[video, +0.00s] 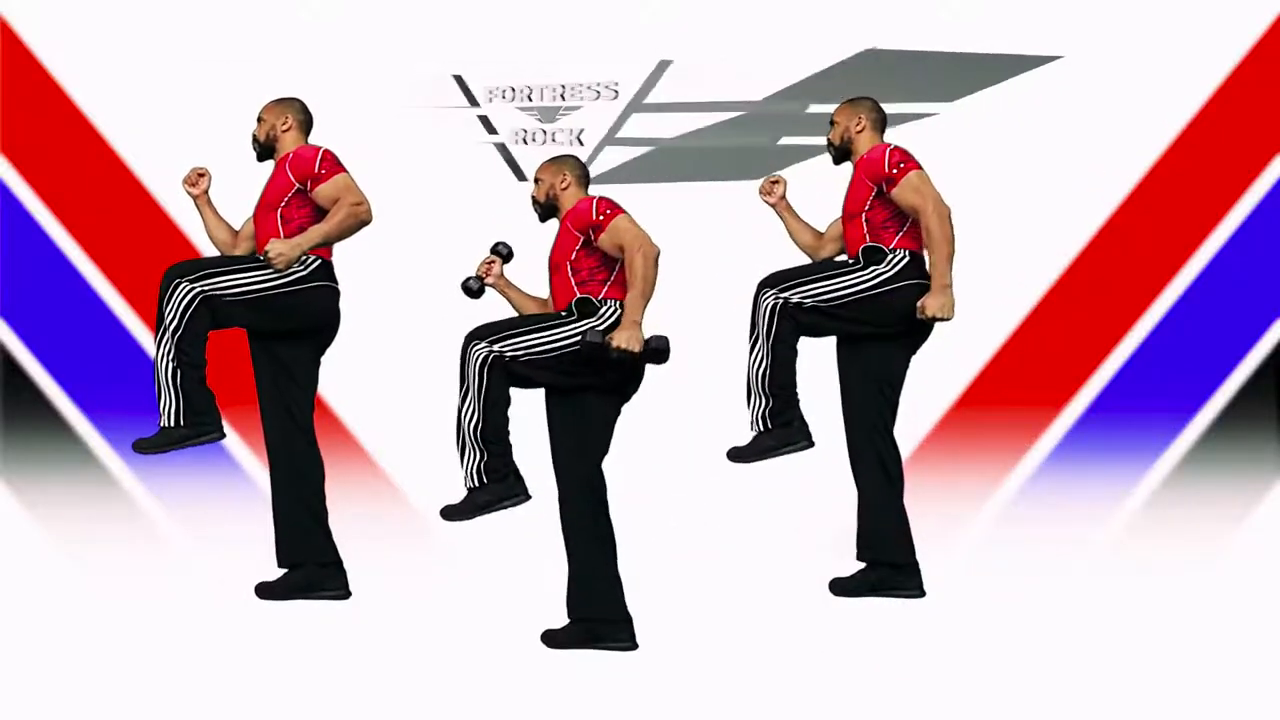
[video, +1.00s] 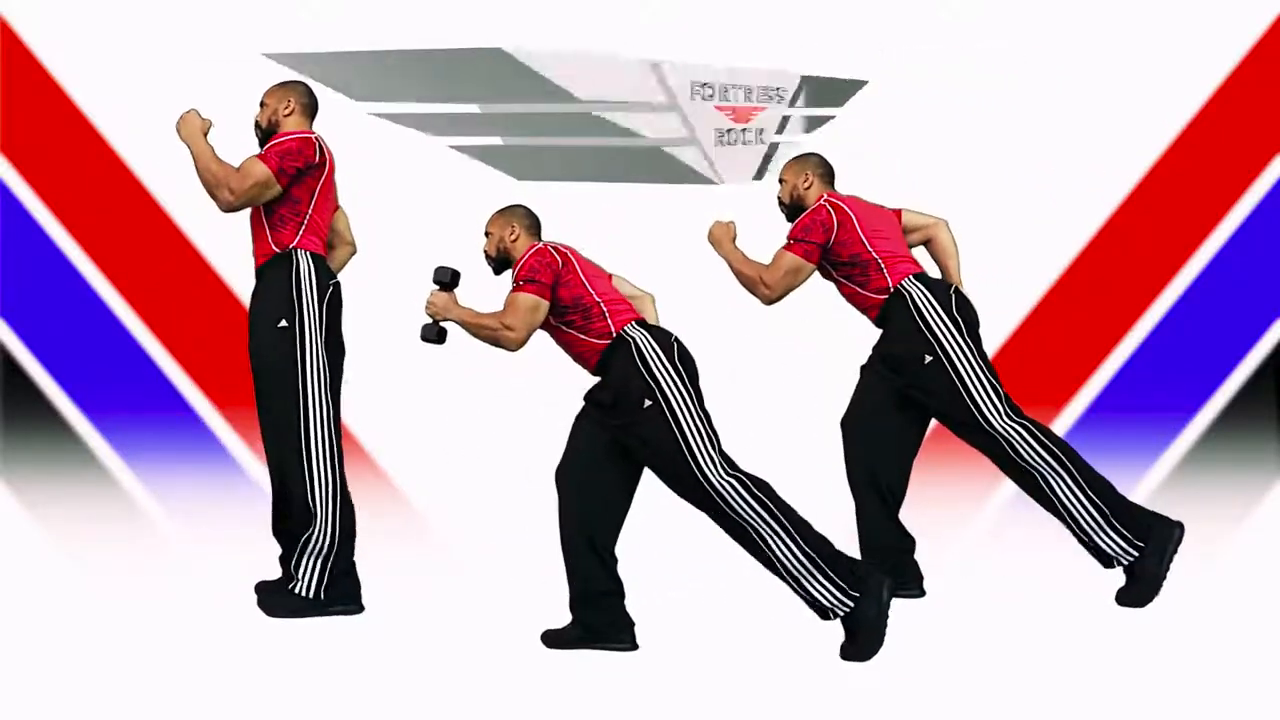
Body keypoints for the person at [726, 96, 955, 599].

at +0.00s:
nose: (828, 133)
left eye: (833, 123)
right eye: (829, 125)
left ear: (858, 123)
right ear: (860, 126)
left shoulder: (884, 156)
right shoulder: (864, 183)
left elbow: (934, 209)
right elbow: (822, 248)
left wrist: (940, 287)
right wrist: (782, 206)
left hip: (894, 274)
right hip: (890, 291)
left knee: (774, 294)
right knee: (868, 431)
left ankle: (781, 422)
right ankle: (891, 566)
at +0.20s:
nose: (827, 137)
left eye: (832, 127)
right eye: (828, 129)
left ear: (857, 124)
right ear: (861, 127)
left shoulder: (883, 156)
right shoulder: (863, 186)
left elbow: (933, 209)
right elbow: (822, 250)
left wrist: (939, 285)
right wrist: (782, 210)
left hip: (895, 274)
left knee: (774, 291)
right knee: (867, 431)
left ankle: (773, 421)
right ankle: (891, 567)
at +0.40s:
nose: (814, 142)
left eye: (818, 132)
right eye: (815, 135)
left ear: (841, 129)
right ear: (851, 132)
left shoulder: (866, 162)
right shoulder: (859, 181)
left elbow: (882, 233)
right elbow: (861, 271)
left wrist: (832, 290)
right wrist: (803, 275)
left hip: (901, 284)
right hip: (907, 299)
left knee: (797, 355)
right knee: (876, 432)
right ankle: (892, 568)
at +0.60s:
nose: (794, 162)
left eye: (800, 152)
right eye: (794, 154)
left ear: (824, 151)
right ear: (836, 155)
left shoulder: (837, 184)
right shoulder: (866, 190)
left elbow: (795, 257)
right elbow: (929, 246)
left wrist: (738, 234)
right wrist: (914, 308)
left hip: (903, 296)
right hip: (893, 306)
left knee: (915, 432)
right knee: (864, 432)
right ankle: (891, 565)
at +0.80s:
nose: (781, 185)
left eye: (787, 176)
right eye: (782, 177)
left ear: (814, 172)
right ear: (824, 178)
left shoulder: (824, 207)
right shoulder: (862, 205)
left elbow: (765, 271)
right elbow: (938, 224)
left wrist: (726, 226)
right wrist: (957, 292)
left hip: (916, 308)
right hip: (903, 319)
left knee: (987, 429)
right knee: (866, 433)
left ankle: (1128, 534)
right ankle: (891, 567)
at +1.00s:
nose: (777, 192)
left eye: (784, 182)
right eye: (778, 184)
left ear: (812, 183)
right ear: (817, 186)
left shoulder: (821, 216)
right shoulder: (858, 211)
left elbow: (769, 286)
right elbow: (934, 228)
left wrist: (726, 249)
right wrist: (953, 294)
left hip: (923, 313)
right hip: (910, 323)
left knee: (1004, 433)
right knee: (866, 435)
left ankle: (1141, 537)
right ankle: (892, 566)